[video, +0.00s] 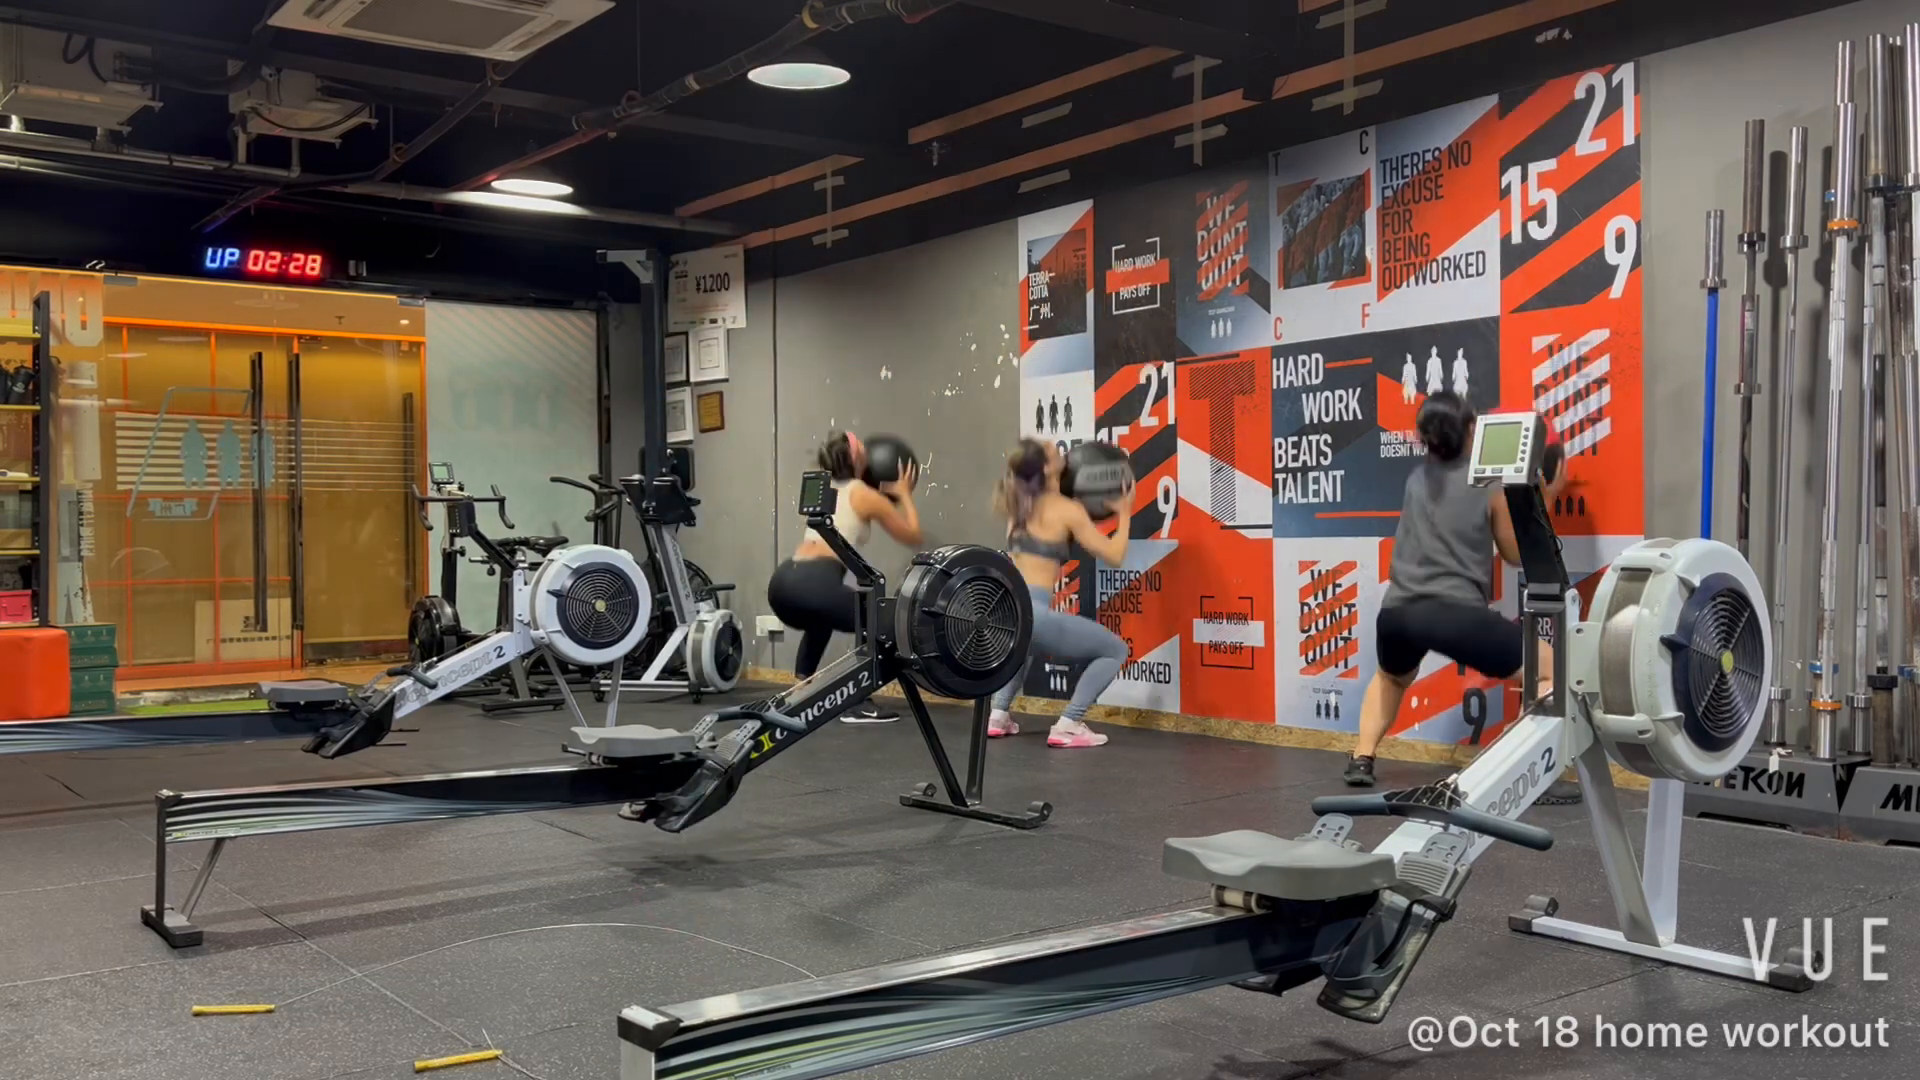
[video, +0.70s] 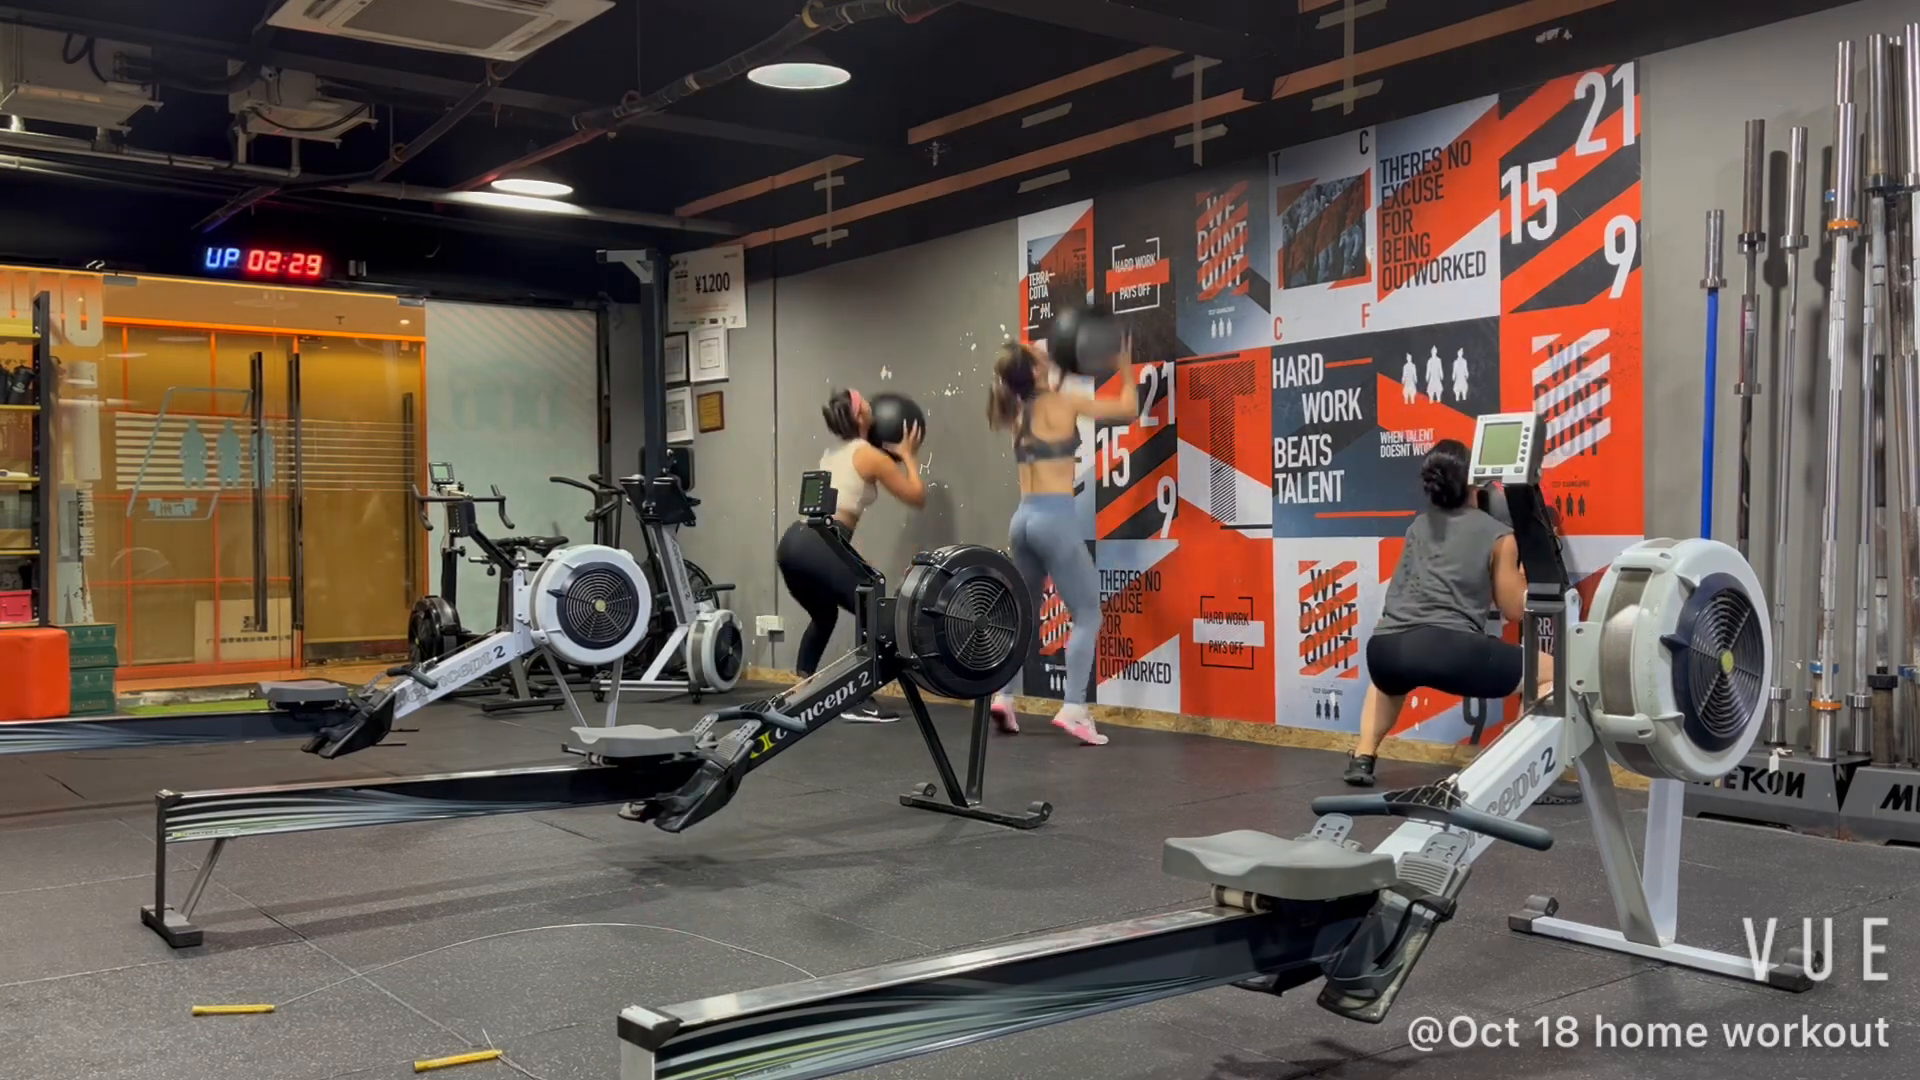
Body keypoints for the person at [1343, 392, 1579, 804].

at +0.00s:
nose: (1479, 429)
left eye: (1474, 423)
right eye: (1475, 424)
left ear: (1426, 437)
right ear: (1470, 432)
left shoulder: (1416, 480)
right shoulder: (1488, 485)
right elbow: (1515, 554)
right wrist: (1545, 499)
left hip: (1399, 612)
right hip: (1459, 614)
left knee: (1390, 677)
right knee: (1547, 669)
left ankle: (1361, 759)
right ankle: (1541, 775)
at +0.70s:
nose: (1482, 480)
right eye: (1479, 474)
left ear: (1432, 485)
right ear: (1475, 484)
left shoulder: (1418, 525)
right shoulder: (1498, 536)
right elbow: (1513, 609)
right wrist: (1520, 573)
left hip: (1387, 650)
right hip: (1450, 649)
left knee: (1388, 683)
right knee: (1548, 672)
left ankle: (1362, 759)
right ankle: (1533, 772)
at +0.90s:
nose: (1478, 435)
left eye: (1473, 429)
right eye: (1474, 431)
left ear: (1426, 447)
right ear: (1470, 444)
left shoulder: (1414, 490)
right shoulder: (1489, 494)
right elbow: (1514, 568)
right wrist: (1533, 509)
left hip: (1390, 612)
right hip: (1451, 613)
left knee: (1392, 675)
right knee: (1542, 670)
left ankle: (1363, 757)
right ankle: (1528, 775)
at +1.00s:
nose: (1469, 402)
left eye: (1464, 395)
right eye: (1465, 397)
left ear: (1419, 412)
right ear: (1461, 406)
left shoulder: (1408, 455)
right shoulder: (1481, 451)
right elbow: (1506, 522)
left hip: (1399, 587)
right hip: (1458, 585)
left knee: (1391, 671)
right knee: (1533, 667)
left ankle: (1363, 755)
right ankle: (1525, 767)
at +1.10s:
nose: (1450, 352)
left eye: (1442, 346)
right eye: (1446, 348)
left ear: (1406, 363)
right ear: (1445, 358)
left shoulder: (1401, 407)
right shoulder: (1477, 402)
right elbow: (1523, 454)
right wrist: (1519, 391)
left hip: (1409, 547)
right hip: (1467, 544)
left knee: (1397, 647)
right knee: (1513, 646)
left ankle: (1364, 747)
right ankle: (1533, 763)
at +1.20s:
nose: (1443, 322)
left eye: (1438, 316)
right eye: (1438, 318)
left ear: (1399, 337)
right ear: (1434, 331)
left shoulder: (1391, 374)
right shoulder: (1465, 364)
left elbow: (1416, 344)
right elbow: (1521, 345)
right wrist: (1520, 282)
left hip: (1417, 514)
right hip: (1471, 512)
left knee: (1395, 628)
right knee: (1503, 620)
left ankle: (1362, 722)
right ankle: (1533, 722)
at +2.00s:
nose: (1460, 336)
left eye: (1453, 334)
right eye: (1454, 338)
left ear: (1414, 371)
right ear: (1451, 364)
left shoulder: (1402, 414)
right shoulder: (1476, 407)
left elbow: (1437, 395)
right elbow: (1526, 414)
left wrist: (1451, 351)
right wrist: (1528, 354)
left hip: (1407, 561)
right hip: (1464, 562)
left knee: (1398, 665)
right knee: (1512, 662)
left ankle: (1363, 760)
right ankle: (1516, 772)